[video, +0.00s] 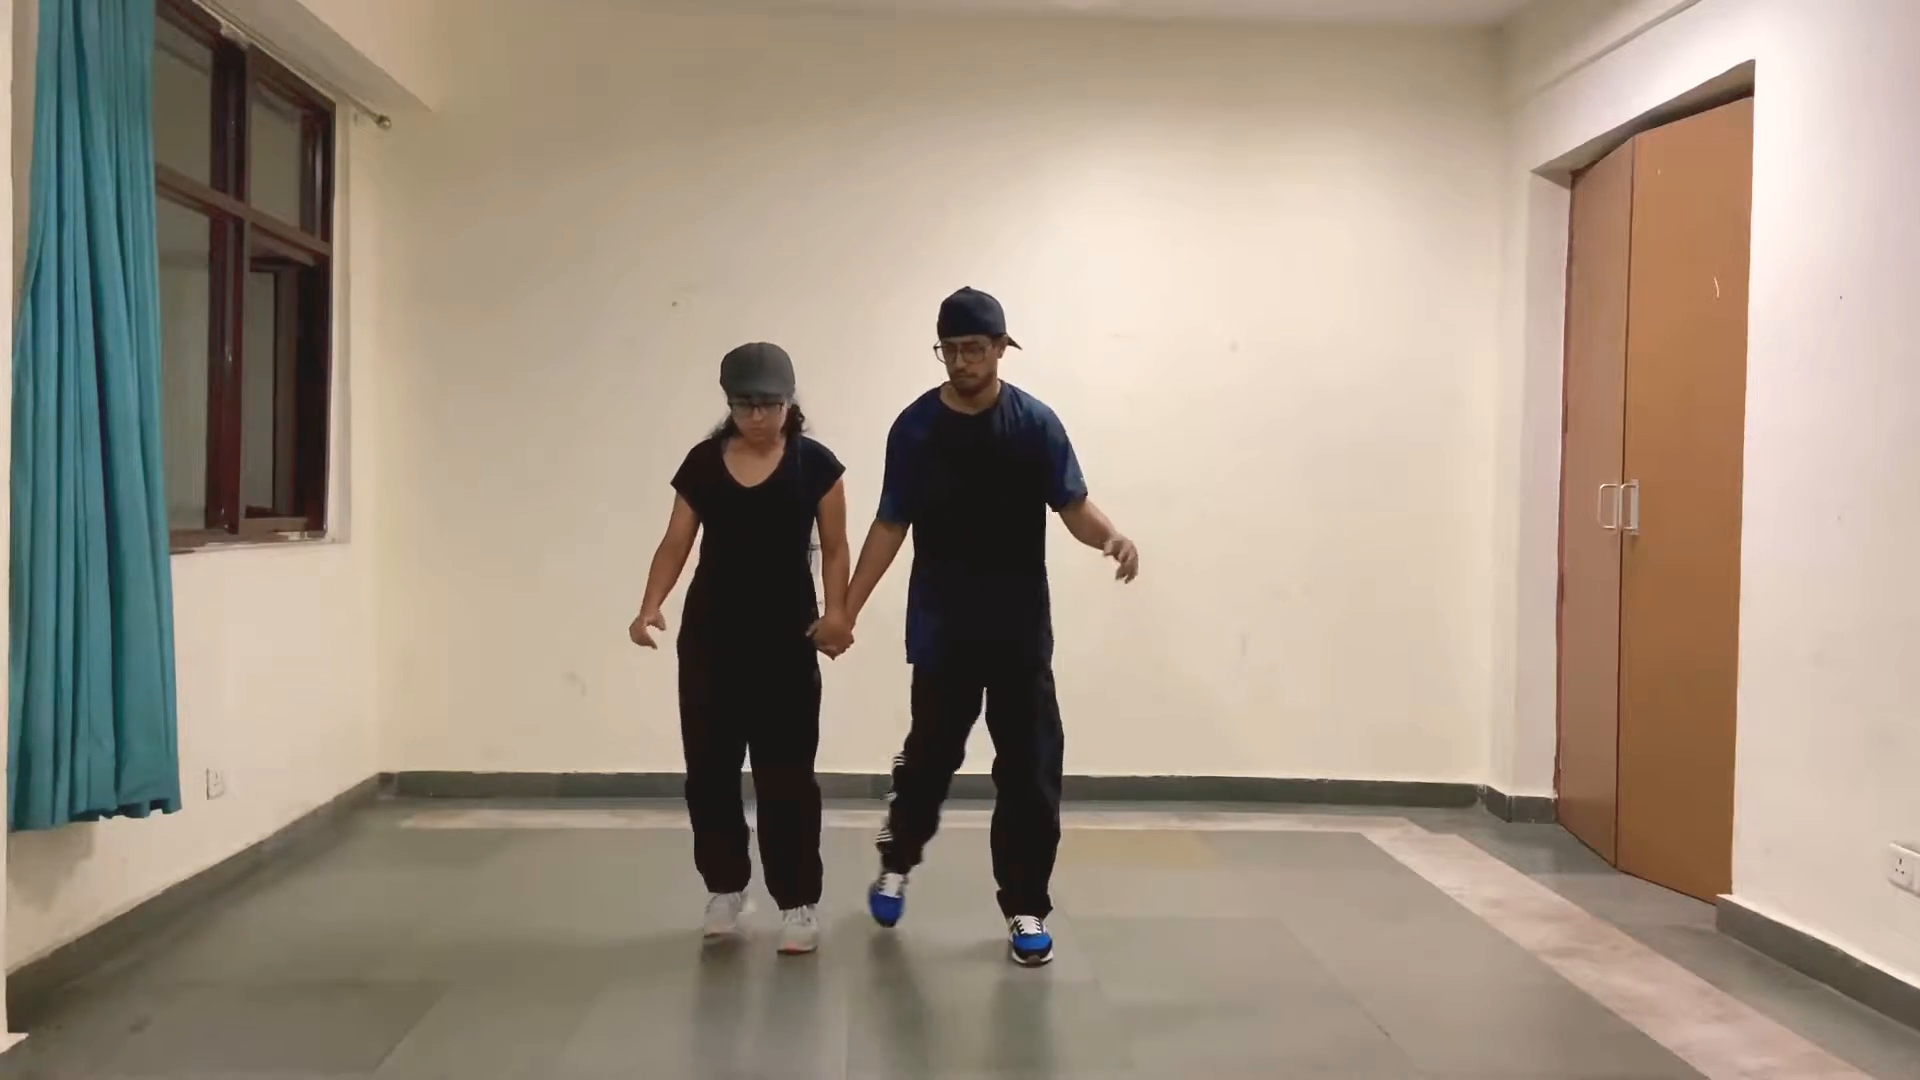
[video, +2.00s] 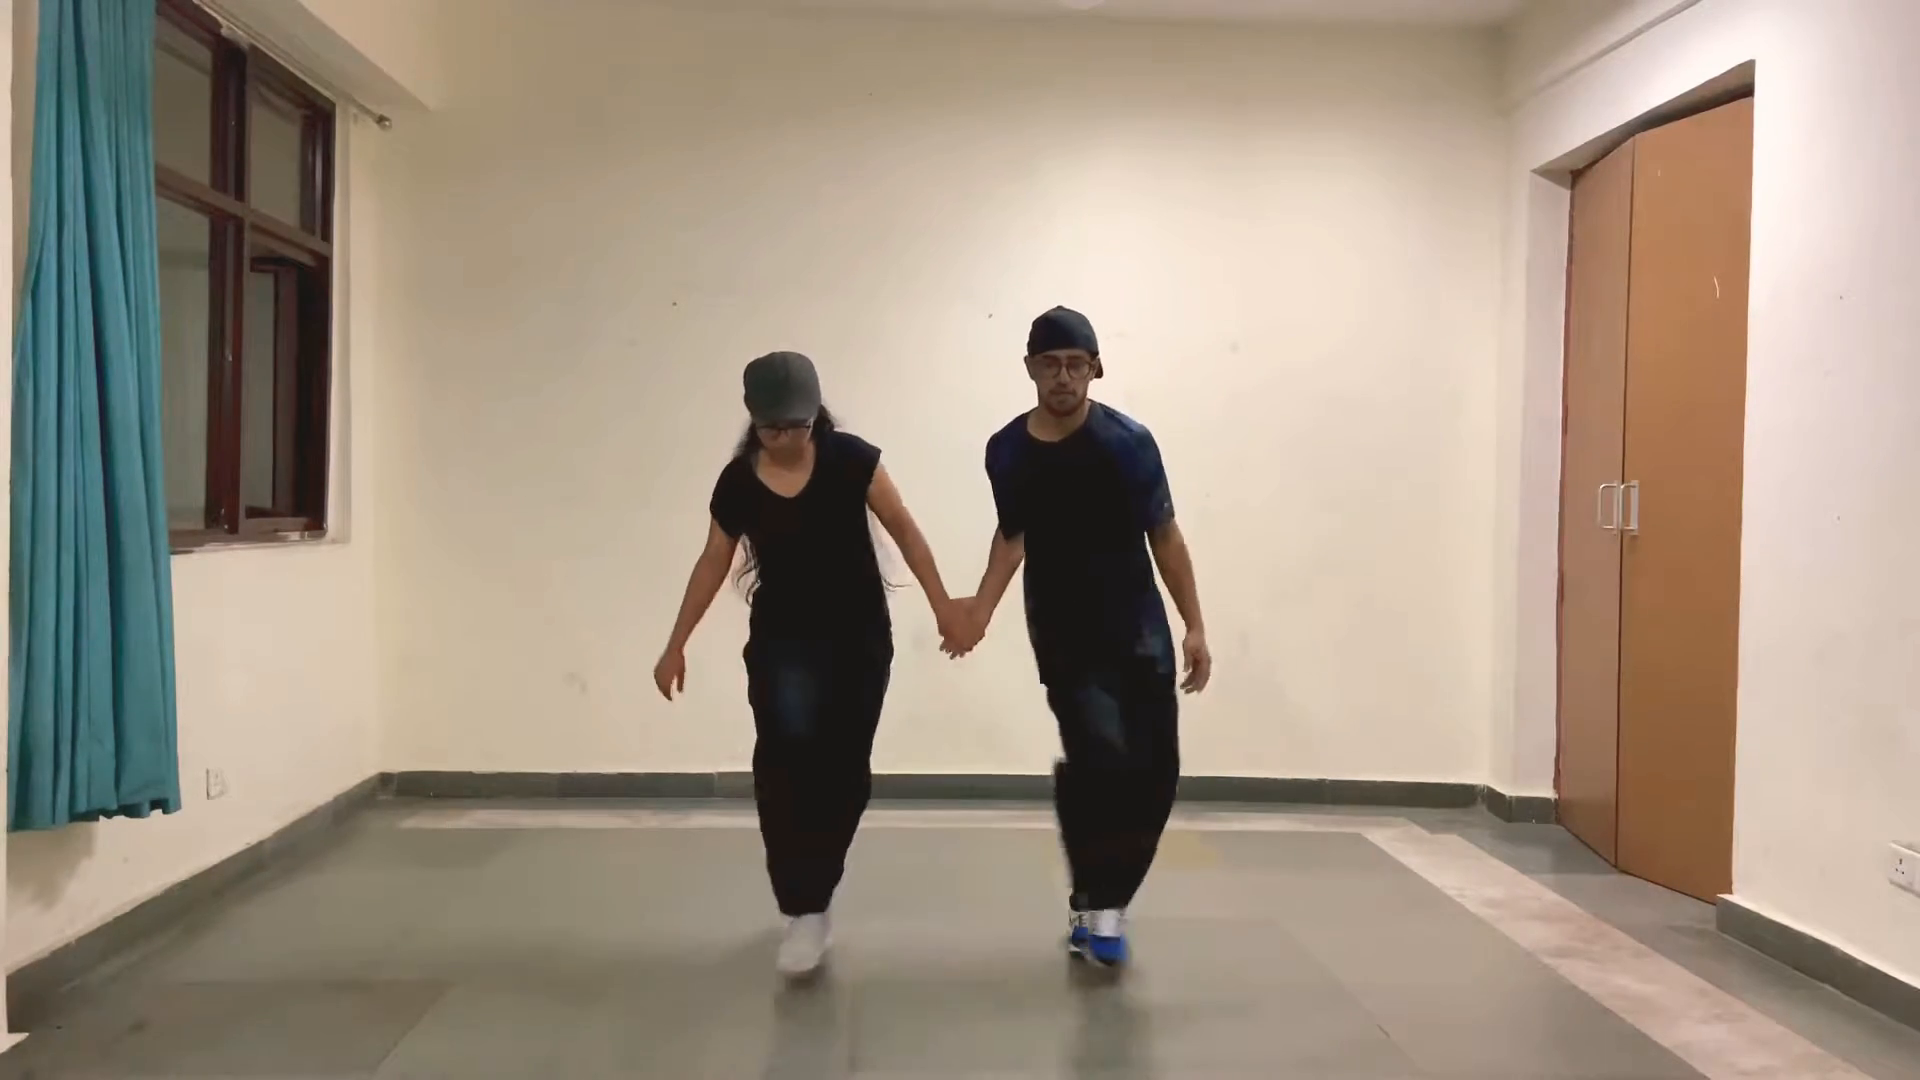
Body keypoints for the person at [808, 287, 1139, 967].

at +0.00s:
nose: (966, 360)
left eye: (978, 348)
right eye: (954, 349)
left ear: (1001, 348)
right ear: (941, 352)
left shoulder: (1036, 424)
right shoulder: (915, 428)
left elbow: (1073, 504)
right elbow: (889, 524)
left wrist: (1112, 537)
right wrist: (846, 611)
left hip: (1021, 627)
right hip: (943, 625)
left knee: (1032, 762)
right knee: (934, 750)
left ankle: (1026, 907)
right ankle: (896, 862)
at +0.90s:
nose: (993, 374)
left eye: (1005, 361)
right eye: (980, 362)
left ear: (1023, 360)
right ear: (960, 361)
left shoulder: (1056, 430)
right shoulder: (935, 435)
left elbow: (1084, 525)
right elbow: (915, 538)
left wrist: (1132, 607)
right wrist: (886, 620)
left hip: (1046, 622)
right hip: (971, 625)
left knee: (1050, 759)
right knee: (975, 762)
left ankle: (1045, 900)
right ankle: (982, 901)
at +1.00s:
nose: (1001, 379)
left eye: (1013, 366)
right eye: (987, 366)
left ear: (1031, 364)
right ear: (969, 368)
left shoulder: (1061, 435)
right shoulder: (940, 442)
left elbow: (1066, 543)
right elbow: (923, 539)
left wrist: (1058, 633)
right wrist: (899, 626)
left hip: (1059, 611)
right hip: (985, 617)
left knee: (1078, 748)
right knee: (987, 756)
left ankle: (1089, 879)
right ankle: (987, 901)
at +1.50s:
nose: (1030, 371)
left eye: (1042, 359)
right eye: (1017, 359)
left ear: (1062, 359)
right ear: (999, 361)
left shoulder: (1096, 434)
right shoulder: (975, 431)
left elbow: (1133, 530)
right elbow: (958, 515)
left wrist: (1093, 561)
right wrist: (936, 583)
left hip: (1069, 619)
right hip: (993, 618)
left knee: (1081, 756)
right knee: (989, 765)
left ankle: (1134, 873)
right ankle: (990, 898)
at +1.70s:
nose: (1043, 370)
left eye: (1055, 357)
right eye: (1030, 358)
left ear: (1076, 356)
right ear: (1014, 361)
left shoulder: (1119, 433)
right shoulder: (999, 436)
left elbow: (1178, 505)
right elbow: (965, 531)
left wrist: (1196, 573)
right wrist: (923, 596)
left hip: (1063, 622)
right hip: (993, 615)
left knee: (1035, 764)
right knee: (978, 759)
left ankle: (1073, 904)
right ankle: (984, 899)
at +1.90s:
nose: (1059, 371)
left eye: (1071, 358)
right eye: (1046, 359)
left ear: (1091, 360)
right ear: (1027, 362)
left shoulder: (1126, 436)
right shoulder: (1003, 445)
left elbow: (1161, 532)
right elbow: (1002, 543)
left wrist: (1201, 630)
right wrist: (970, 628)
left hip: (1114, 636)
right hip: (1037, 635)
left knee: (1111, 777)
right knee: (1030, 767)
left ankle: (1089, 900)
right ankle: (1013, 890)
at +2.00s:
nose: (1062, 378)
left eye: (1075, 366)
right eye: (1049, 365)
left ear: (1094, 369)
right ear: (1030, 370)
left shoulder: (1130, 442)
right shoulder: (1008, 450)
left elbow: (1165, 537)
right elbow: (1012, 535)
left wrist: (1195, 628)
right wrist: (979, 610)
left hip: (1138, 626)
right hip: (1063, 632)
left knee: (1154, 769)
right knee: (1100, 760)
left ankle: (1111, 907)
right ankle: (1089, 903)